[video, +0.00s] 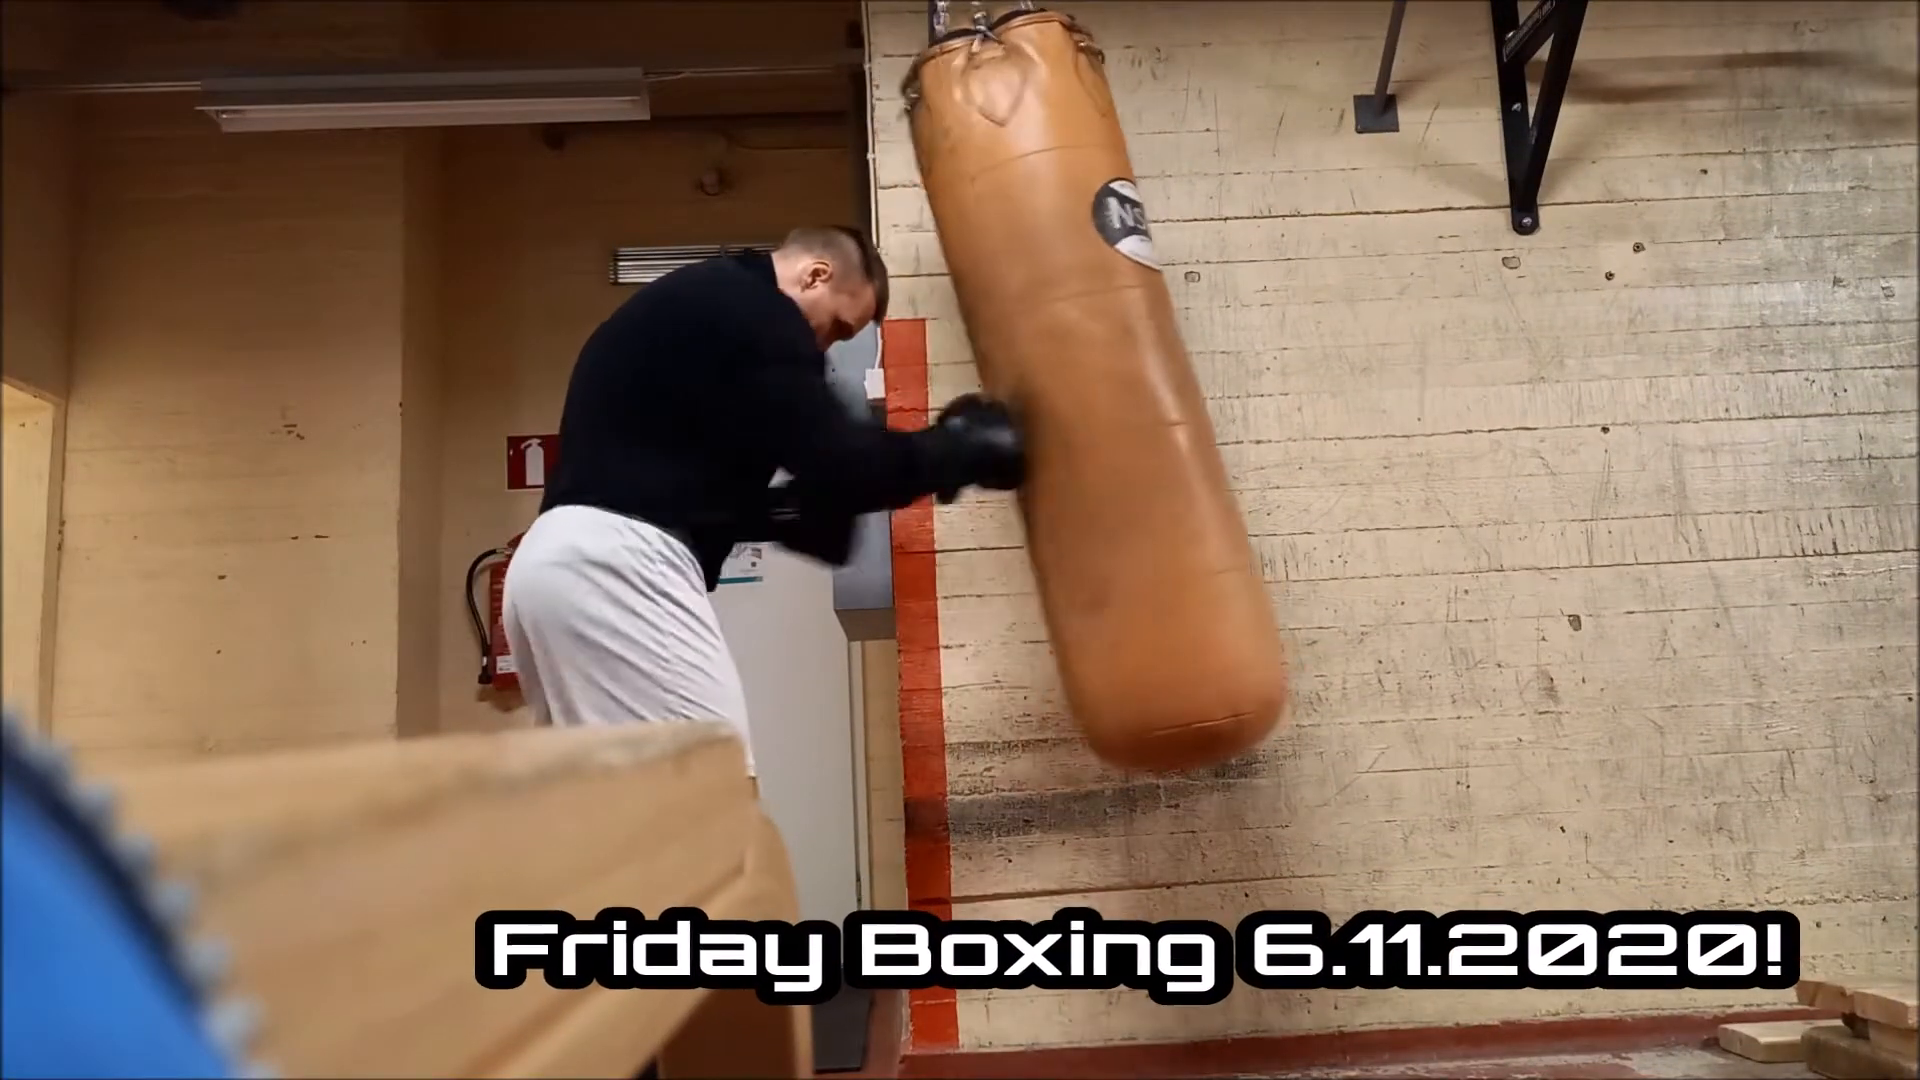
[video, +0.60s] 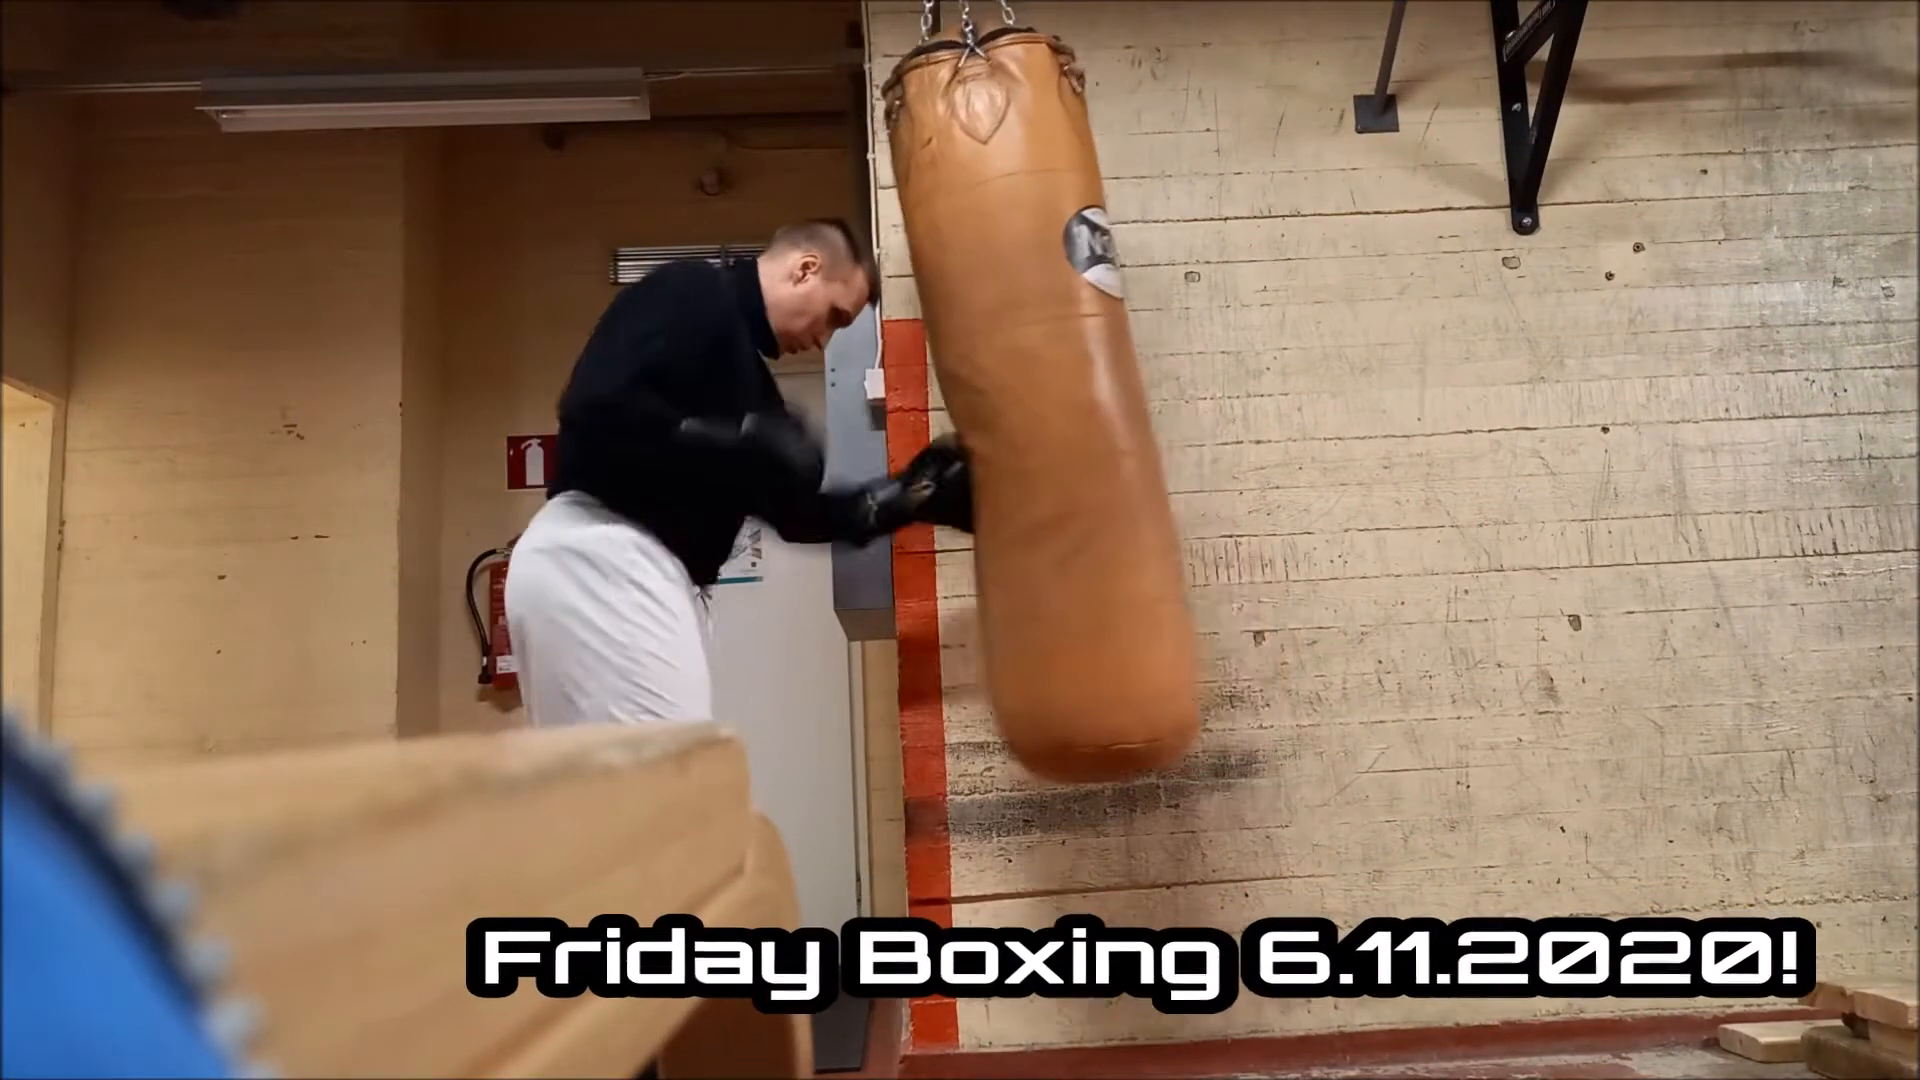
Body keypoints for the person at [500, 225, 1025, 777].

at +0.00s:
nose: (828, 346)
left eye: (842, 336)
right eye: (838, 326)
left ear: (804, 271)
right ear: (812, 274)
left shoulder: (693, 306)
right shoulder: (749, 309)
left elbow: (688, 502)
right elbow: (841, 462)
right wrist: (958, 451)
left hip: (554, 570)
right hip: (614, 567)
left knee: (624, 817)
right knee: (711, 810)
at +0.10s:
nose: (817, 347)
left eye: (832, 335)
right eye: (830, 325)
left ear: (801, 273)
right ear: (806, 276)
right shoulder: (737, 306)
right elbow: (758, 468)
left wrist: (853, 475)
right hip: (612, 555)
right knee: (703, 806)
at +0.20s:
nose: (808, 347)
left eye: (823, 337)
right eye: (820, 326)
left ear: (792, 275)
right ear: (796, 280)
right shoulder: (742, 310)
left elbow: (553, 449)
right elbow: (707, 459)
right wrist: (793, 502)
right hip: (612, 553)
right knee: (693, 801)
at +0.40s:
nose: (809, 344)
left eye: (824, 332)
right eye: (821, 321)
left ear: (796, 272)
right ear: (798, 274)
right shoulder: (724, 295)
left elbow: (562, 444)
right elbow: (705, 450)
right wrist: (786, 466)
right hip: (601, 563)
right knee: (675, 790)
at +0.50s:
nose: (818, 339)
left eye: (832, 328)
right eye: (829, 316)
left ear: (801, 268)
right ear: (803, 269)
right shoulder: (691, 291)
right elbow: (665, 442)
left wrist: (733, 570)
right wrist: (783, 427)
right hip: (594, 558)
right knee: (662, 789)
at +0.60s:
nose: (826, 339)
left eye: (839, 327)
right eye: (834, 315)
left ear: (801, 271)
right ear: (802, 269)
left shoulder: (747, 378)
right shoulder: (692, 292)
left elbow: (796, 514)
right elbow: (598, 417)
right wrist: (739, 450)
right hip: (603, 559)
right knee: (656, 810)